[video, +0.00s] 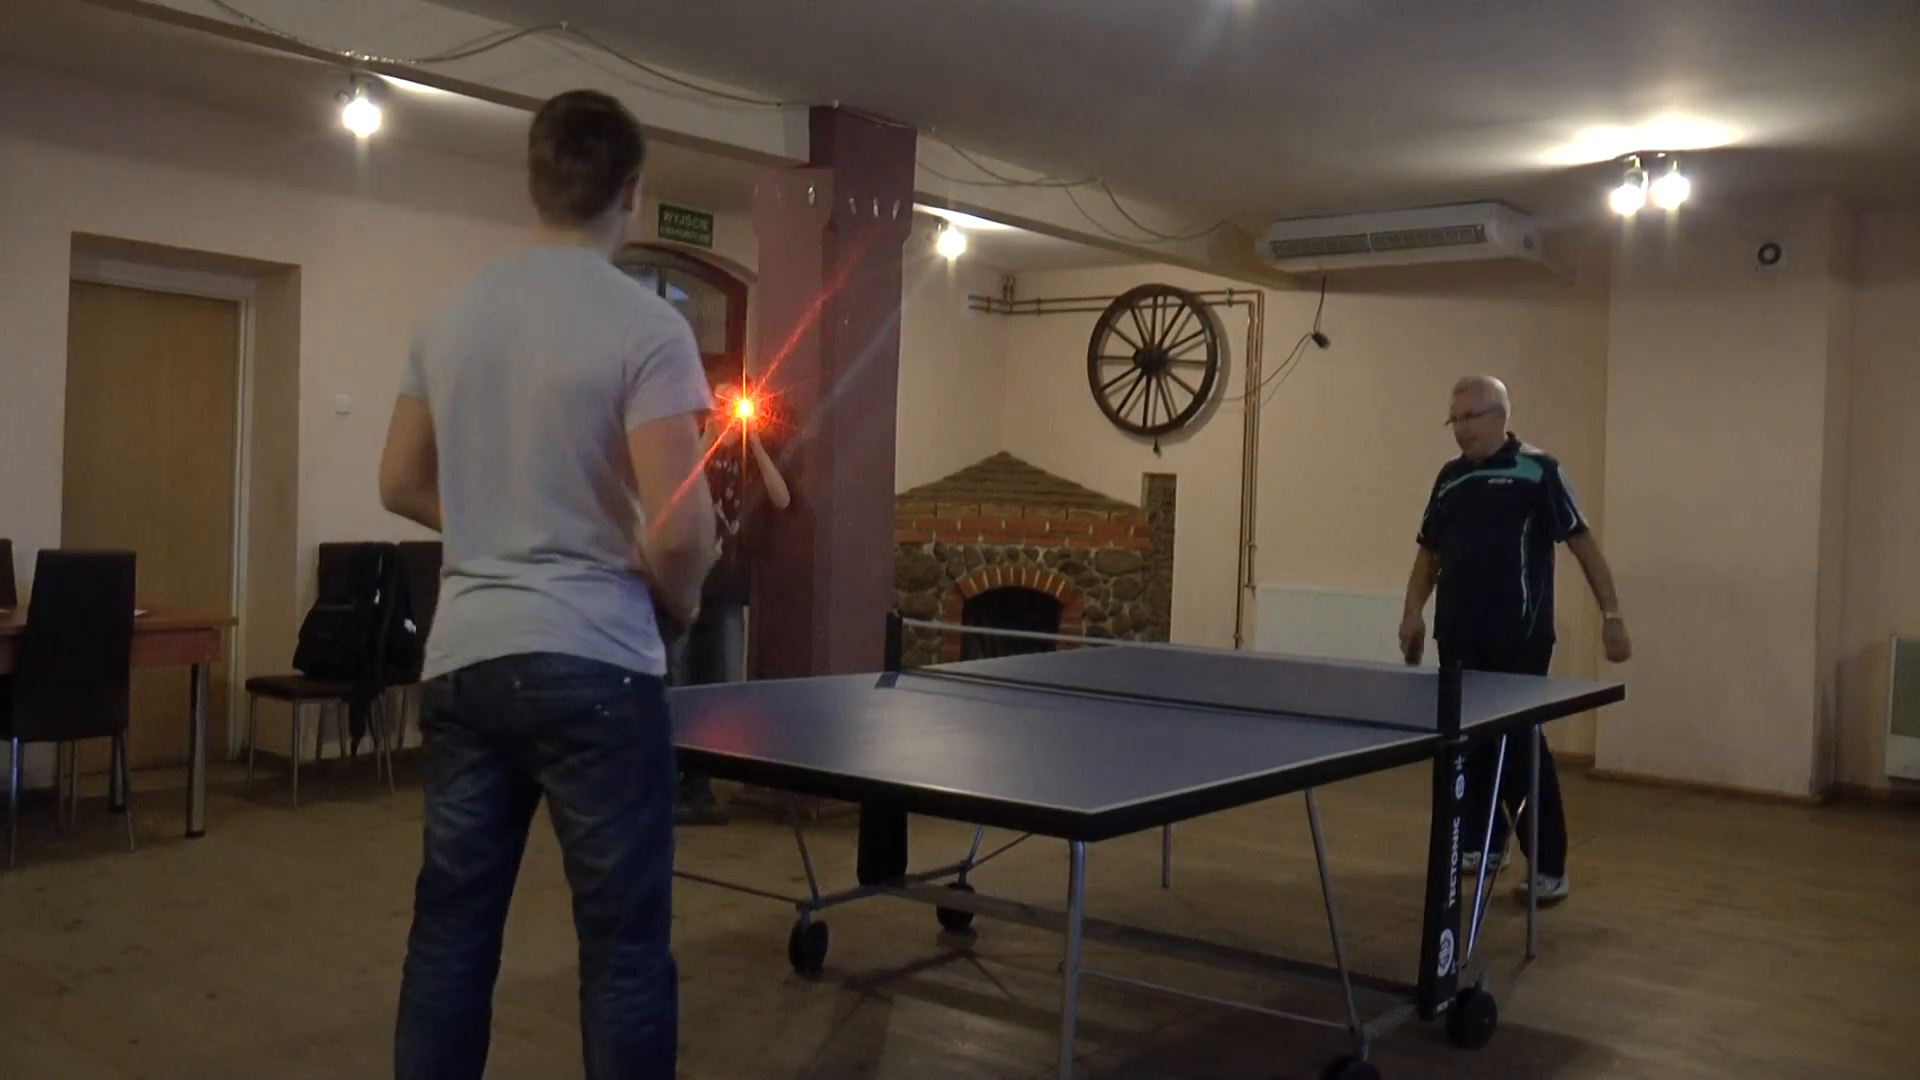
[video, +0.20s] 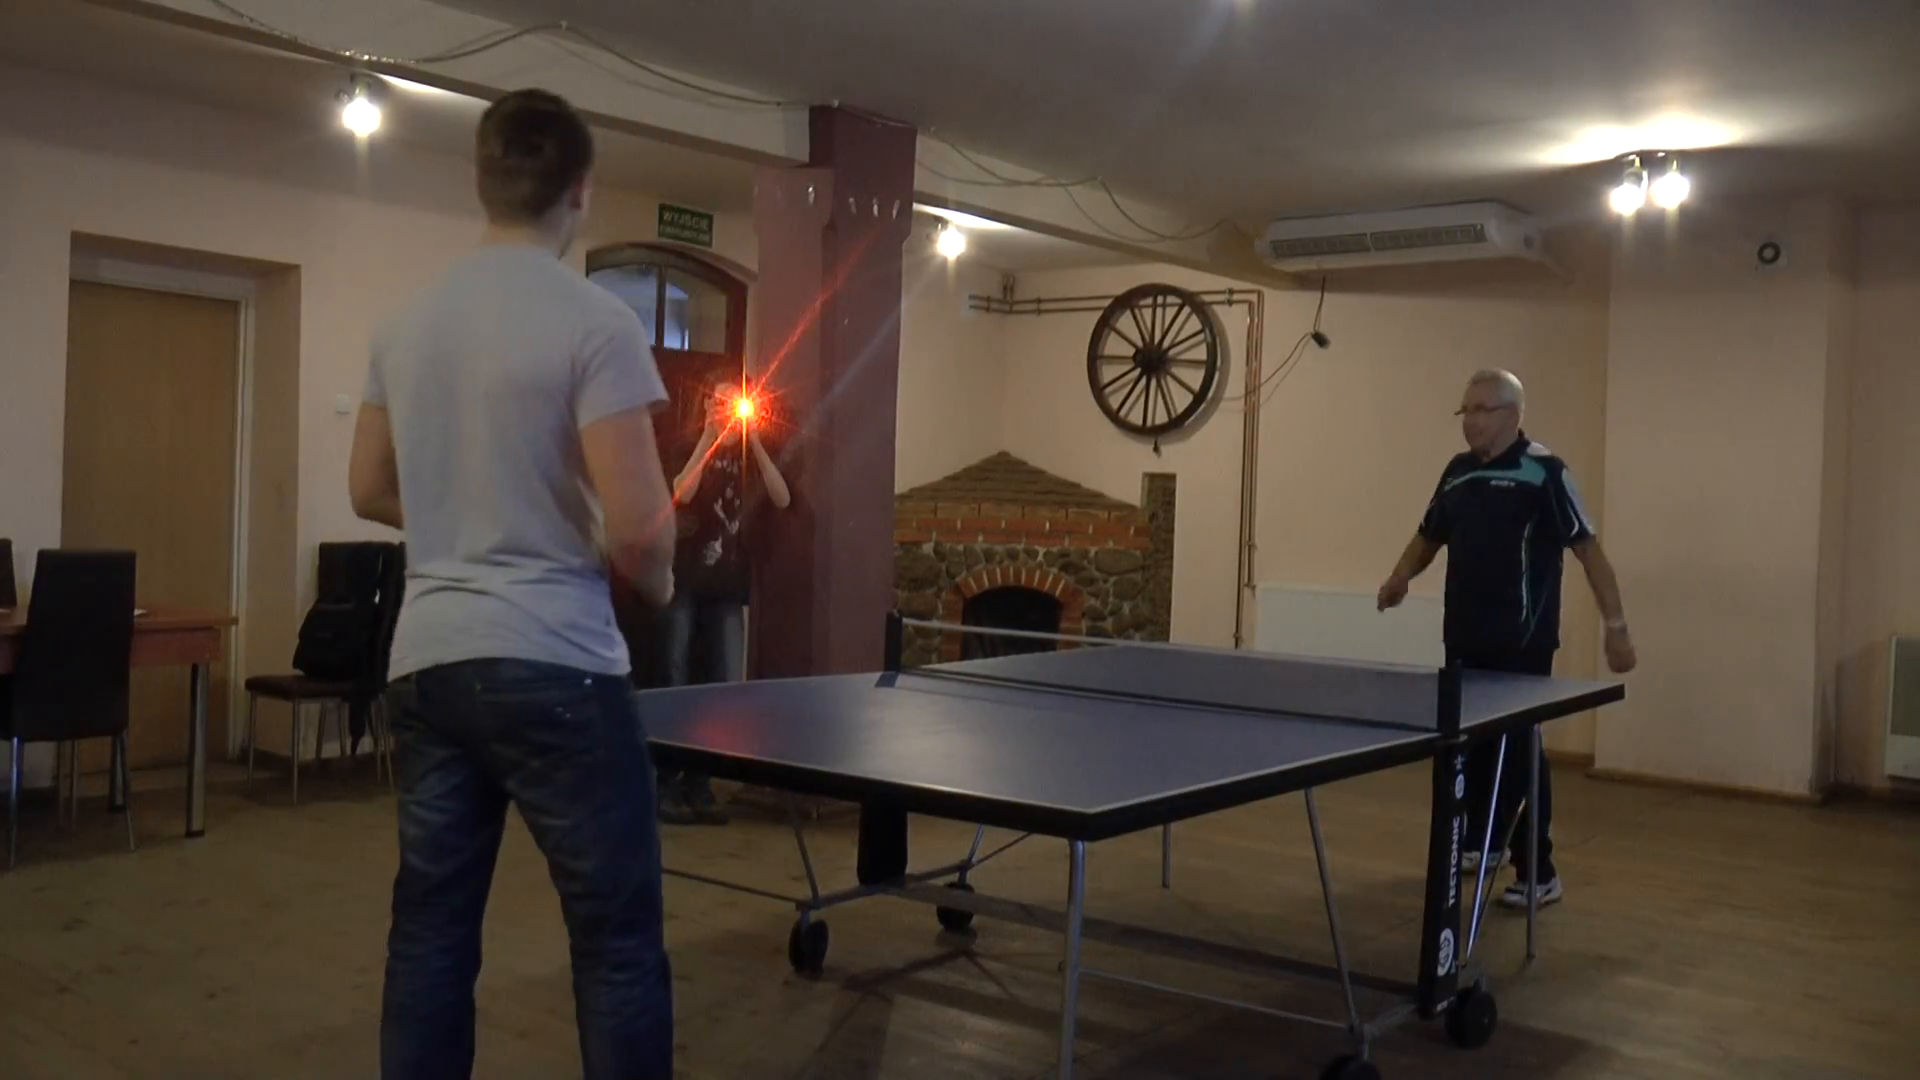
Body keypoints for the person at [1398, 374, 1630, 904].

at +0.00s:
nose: (1459, 428)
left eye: (1469, 418)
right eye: (1453, 419)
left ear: (1501, 418)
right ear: (1451, 421)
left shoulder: (1538, 472)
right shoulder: (1449, 479)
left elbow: (1582, 544)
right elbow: (1429, 553)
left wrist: (1612, 615)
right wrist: (1411, 614)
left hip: (1520, 641)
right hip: (1458, 640)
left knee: (1523, 749)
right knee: (1470, 749)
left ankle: (1548, 867)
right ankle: (1482, 849)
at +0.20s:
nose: (1467, 420)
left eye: (1479, 410)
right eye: (1465, 410)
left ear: (1511, 416)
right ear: (1466, 414)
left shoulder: (1545, 473)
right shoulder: (1459, 471)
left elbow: (1588, 551)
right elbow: (1429, 537)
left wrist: (1616, 626)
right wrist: (1400, 574)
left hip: (1523, 646)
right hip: (1465, 643)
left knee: (1520, 756)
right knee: (1473, 749)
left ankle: (1537, 873)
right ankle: (1485, 843)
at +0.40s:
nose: (1470, 416)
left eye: (1482, 408)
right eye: (1468, 407)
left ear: (1517, 411)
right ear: (1471, 410)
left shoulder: (1549, 471)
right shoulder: (1468, 465)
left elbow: (1563, 564)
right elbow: (1432, 516)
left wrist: (1535, 633)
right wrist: (1398, 540)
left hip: (1520, 640)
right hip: (1465, 632)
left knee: (1517, 754)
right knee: (1461, 746)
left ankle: (1537, 871)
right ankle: (1469, 843)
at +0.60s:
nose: (1466, 405)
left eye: (1480, 398)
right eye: (1465, 396)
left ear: (1512, 411)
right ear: (1468, 402)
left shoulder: (1530, 471)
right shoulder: (1471, 460)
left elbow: (1526, 562)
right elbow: (1451, 512)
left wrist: (1458, 608)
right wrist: (1401, 518)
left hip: (1517, 642)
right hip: (1471, 632)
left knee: (1514, 759)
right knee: (1451, 741)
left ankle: (1539, 873)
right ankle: (1436, 842)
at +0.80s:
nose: (1455, 411)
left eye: (1469, 404)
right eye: (1451, 401)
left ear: (1500, 413)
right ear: (1447, 405)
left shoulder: (1518, 472)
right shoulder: (1451, 464)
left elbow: (1523, 565)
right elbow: (1442, 542)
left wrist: (1468, 627)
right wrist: (1404, 586)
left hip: (1506, 645)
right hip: (1454, 637)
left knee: (1510, 760)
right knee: (1445, 747)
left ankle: (1537, 871)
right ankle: (1437, 846)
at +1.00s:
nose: (1440, 408)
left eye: (1454, 400)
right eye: (1436, 399)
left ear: (1481, 410)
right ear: (1430, 404)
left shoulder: (1503, 471)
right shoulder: (1430, 461)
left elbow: (1512, 565)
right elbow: (1425, 548)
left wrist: (1486, 634)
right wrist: (1412, 617)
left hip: (1490, 636)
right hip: (1437, 629)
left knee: (1503, 755)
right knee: (1435, 745)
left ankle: (1530, 869)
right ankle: (1435, 846)